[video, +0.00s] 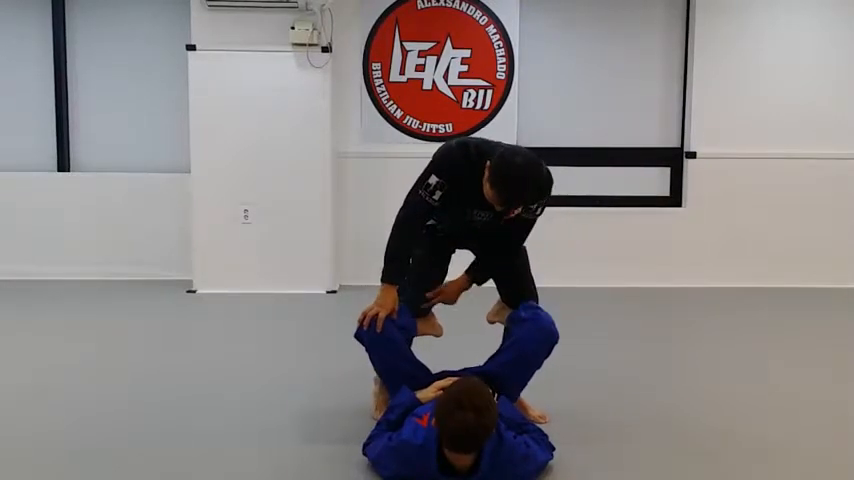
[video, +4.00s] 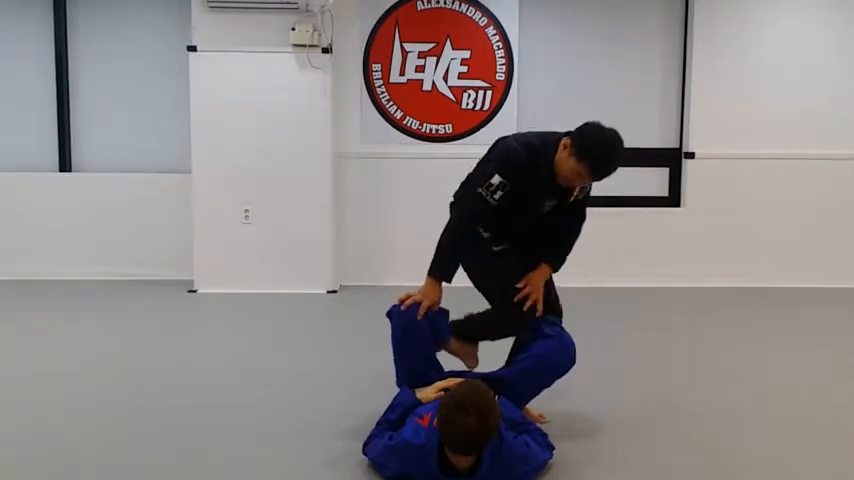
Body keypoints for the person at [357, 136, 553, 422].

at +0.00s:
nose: (498, 211)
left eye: (506, 208)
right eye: (494, 202)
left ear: (527, 196)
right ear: (487, 174)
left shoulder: (538, 188)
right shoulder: (455, 157)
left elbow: (508, 243)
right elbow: (409, 218)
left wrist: (463, 283)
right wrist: (388, 289)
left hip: (494, 235)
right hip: (440, 228)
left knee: (525, 309)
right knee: (412, 306)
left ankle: (508, 391)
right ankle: (386, 379)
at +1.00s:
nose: (527, 209)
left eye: (534, 204)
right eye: (523, 200)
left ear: (548, 191)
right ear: (508, 175)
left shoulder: (547, 181)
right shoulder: (465, 163)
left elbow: (548, 238)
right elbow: (417, 226)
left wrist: (546, 298)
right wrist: (392, 295)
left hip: (493, 233)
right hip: (442, 231)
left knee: (526, 305)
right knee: (437, 313)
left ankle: (508, 392)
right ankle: (384, 373)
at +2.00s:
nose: (533, 216)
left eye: (542, 212)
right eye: (530, 206)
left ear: (556, 199)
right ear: (518, 177)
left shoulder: (550, 188)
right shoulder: (470, 168)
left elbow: (548, 244)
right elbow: (418, 224)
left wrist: (548, 303)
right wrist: (395, 296)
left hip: (491, 239)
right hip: (441, 236)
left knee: (529, 308)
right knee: (448, 324)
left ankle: (508, 395)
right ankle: (388, 374)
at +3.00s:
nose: (566, 207)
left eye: (576, 203)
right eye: (566, 196)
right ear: (553, 167)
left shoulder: (581, 183)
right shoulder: (501, 160)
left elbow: (573, 239)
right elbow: (446, 215)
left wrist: (564, 304)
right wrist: (416, 283)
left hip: (513, 229)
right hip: (464, 221)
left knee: (534, 311)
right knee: (458, 308)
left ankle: (509, 398)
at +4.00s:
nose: (578, 186)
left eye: (586, 181)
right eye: (577, 175)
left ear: (597, 176)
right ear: (565, 147)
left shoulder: (580, 176)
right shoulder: (513, 155)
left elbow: (570, 227)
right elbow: (463, 214)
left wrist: (544, 271)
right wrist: (434, 282)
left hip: (523, 242)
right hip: (479, 234)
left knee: (548, 314)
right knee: (520, 312)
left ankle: (510, 398)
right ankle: (458, 333)